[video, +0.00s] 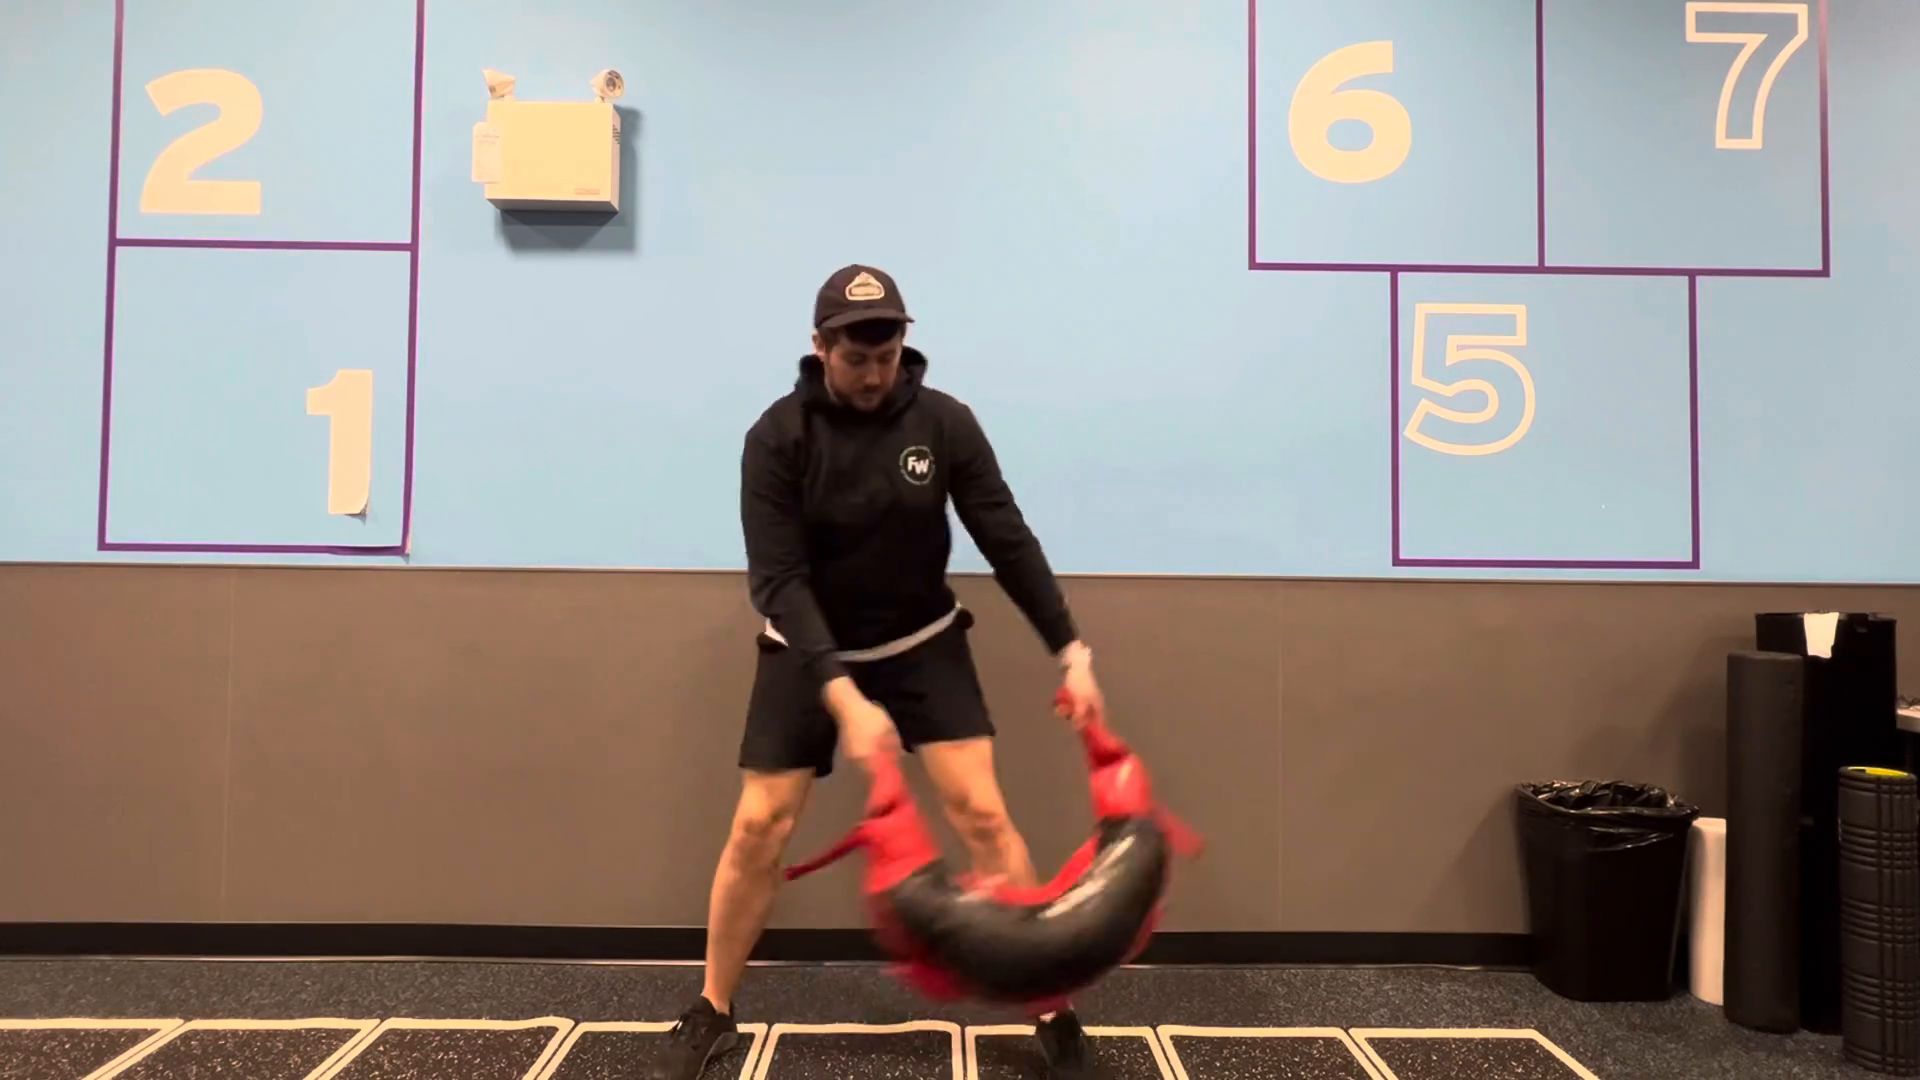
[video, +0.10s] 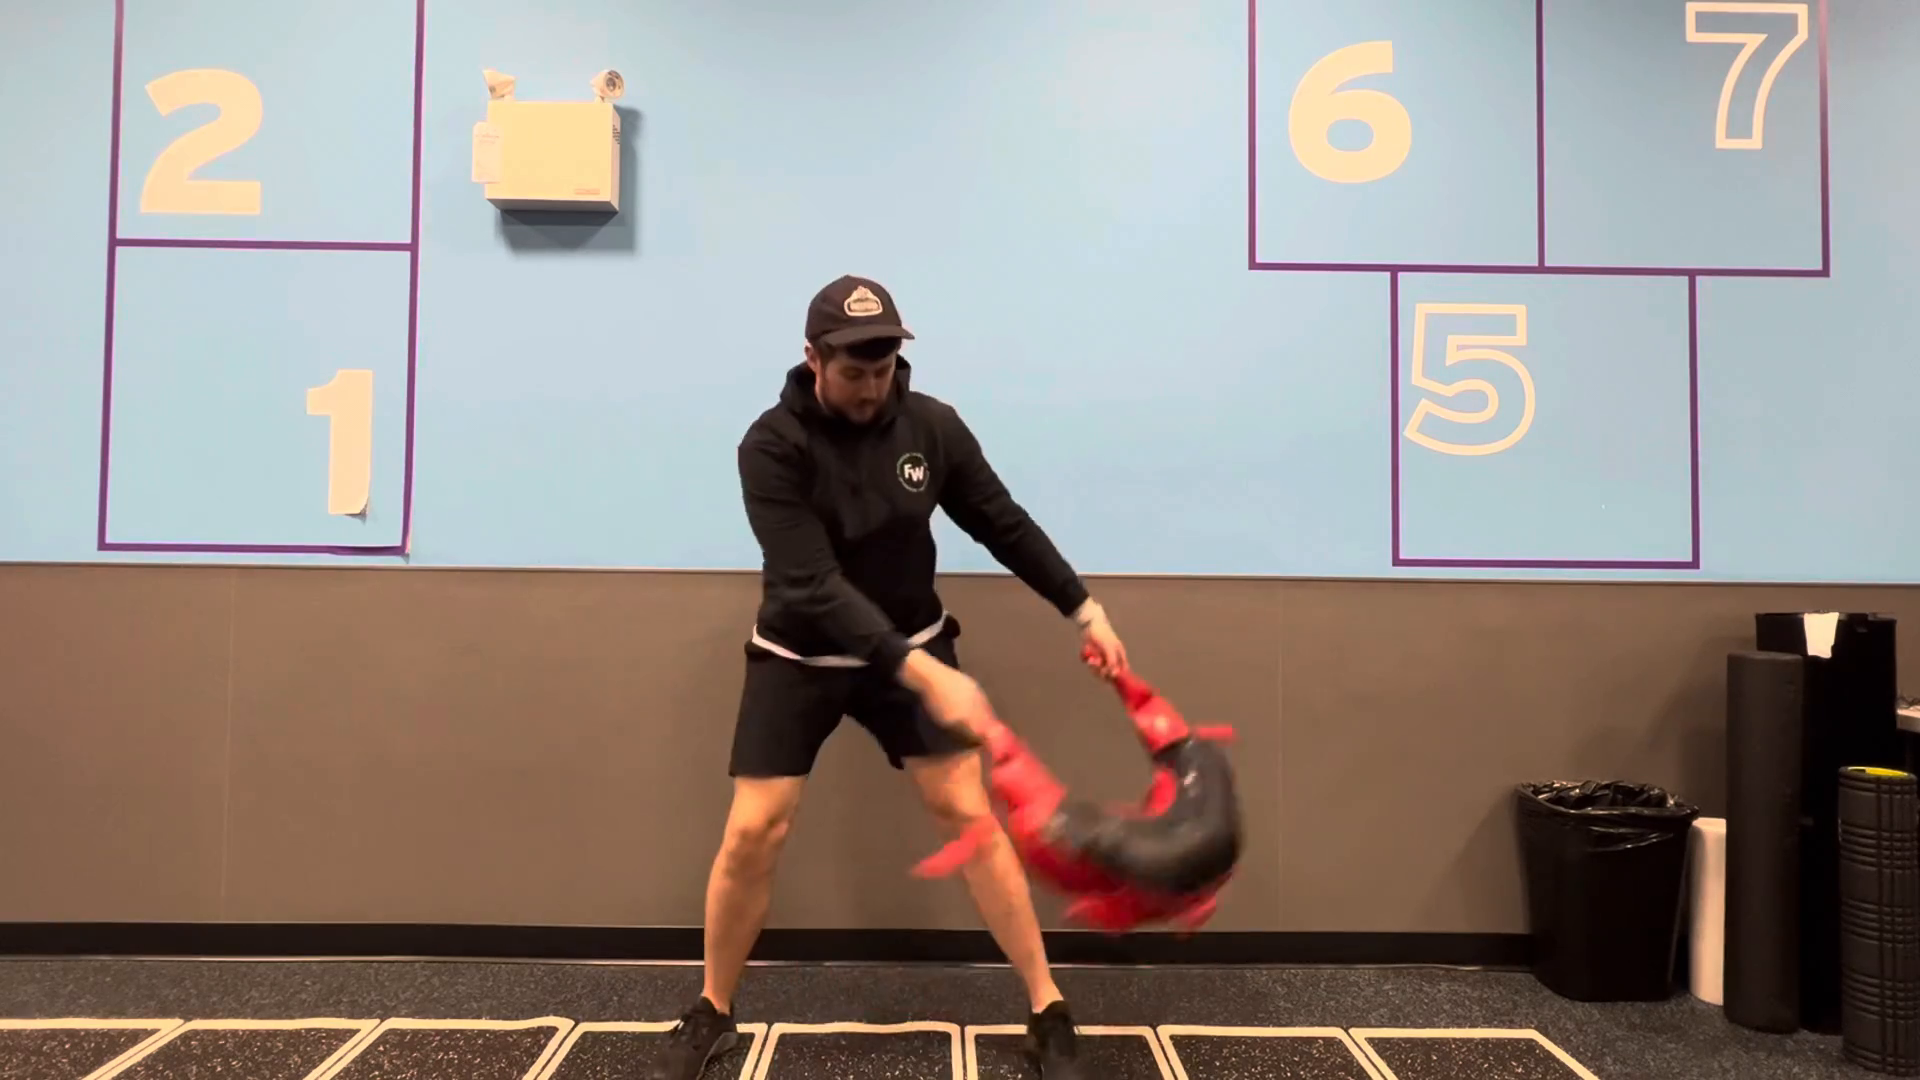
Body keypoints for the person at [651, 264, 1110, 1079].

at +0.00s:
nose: (872, 365)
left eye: (885, 347)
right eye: (854, 350)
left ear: (904, 342)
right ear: (820, 348)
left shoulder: (943, 423)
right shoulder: (777, 439)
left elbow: (1007, 540)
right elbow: (776, 582)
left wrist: (1071, 650)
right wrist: (842, 696)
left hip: (921, 643)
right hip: (806, 649)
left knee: (983, 814)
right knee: (756, 826)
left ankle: (1054, 1011)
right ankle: (713, 1009)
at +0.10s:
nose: (872, 384)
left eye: (885, 365)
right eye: (854, 367)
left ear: (901, 354)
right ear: (813, 359)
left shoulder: (929, 425)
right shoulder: (772, 448)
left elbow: (1000, 520)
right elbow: (813, 588)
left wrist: (1084, 608)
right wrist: (924, 673)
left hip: (910, 647)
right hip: (798, 653)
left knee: (971, 816)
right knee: (750, 832)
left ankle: (1047, 1007)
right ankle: (712, 1009)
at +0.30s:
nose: (901, 398)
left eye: (914, 381)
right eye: (883, 384)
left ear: (929, 371)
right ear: (842, 373)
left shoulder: (949, 435)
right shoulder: (800, 459)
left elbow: (1008, 518)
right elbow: (873, 582)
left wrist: (1104, 583)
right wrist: (1015, 627)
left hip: (924, 657)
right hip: (813, 666)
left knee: (981, 822)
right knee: (761, 840)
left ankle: (1046, 1015)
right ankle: (707, 1012)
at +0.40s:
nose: (912, 400)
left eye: (925, 383)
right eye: (895, 384)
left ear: (939, 373)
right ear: (853, 373)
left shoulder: (962, 435)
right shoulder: (811, 456)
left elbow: (1023, 520)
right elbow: (883, 579)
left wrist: (1118, 585)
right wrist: (1023, 626)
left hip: (934, 653)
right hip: (821, 660)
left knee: (993, 821)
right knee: (757, 834)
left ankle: (1046, 1015)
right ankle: (697, 1005)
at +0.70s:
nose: (854, 422)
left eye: (871, 406)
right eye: (840, 404)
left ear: (904, 394)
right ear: (817, 390)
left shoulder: (944, 450)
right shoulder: (782, 471)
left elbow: (1004, 555)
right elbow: (820, 613)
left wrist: (1078, 652)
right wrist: (906, 715)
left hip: (919, 655)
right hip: (803, 657)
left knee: (981, 819)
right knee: (745, 828)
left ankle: (1046, 1018)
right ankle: (702, 1014)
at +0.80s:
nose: (839, 417)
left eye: (856, 402)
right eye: (825, 400)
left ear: (893, 388)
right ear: (806, 386)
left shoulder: (942, 452)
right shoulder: (772, 465)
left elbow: (988, 574)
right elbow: (779, 611)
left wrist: (1036, 693)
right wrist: (819, 736)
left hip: (915, 657)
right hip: (800, 659)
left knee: (976, 826)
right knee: (744, 827)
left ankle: (1041, 1014)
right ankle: (702, 1011)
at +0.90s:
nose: (833, 410)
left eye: (850, 394)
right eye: (820, 393)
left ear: (889, 381)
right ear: (804, 381)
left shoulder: (942, 453)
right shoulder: (776, 451)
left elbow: (961, 593)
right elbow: (749, 585)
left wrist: (952, 728)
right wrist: (724, 713)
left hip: (914, 664)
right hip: (802, 659)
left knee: (982, 830)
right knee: (749, 821)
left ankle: (1041, 1007)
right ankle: (712, 1002)